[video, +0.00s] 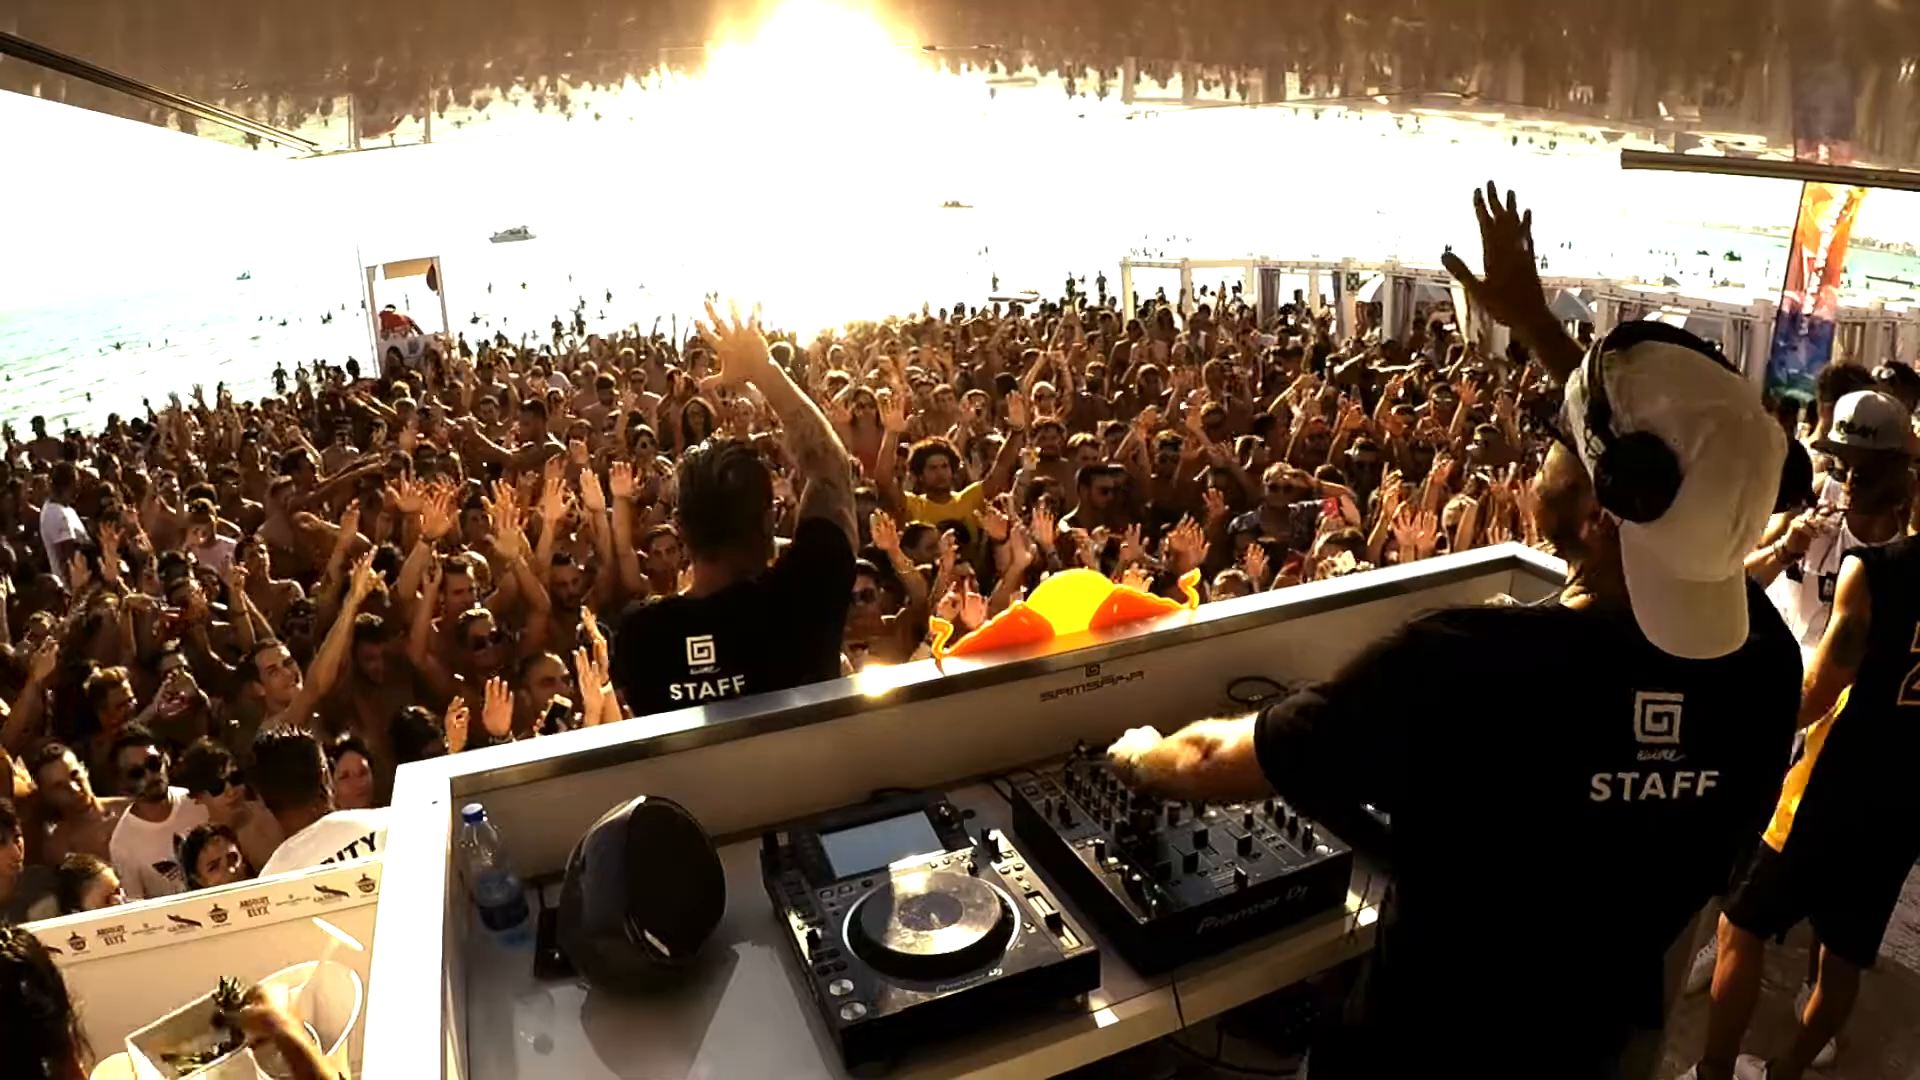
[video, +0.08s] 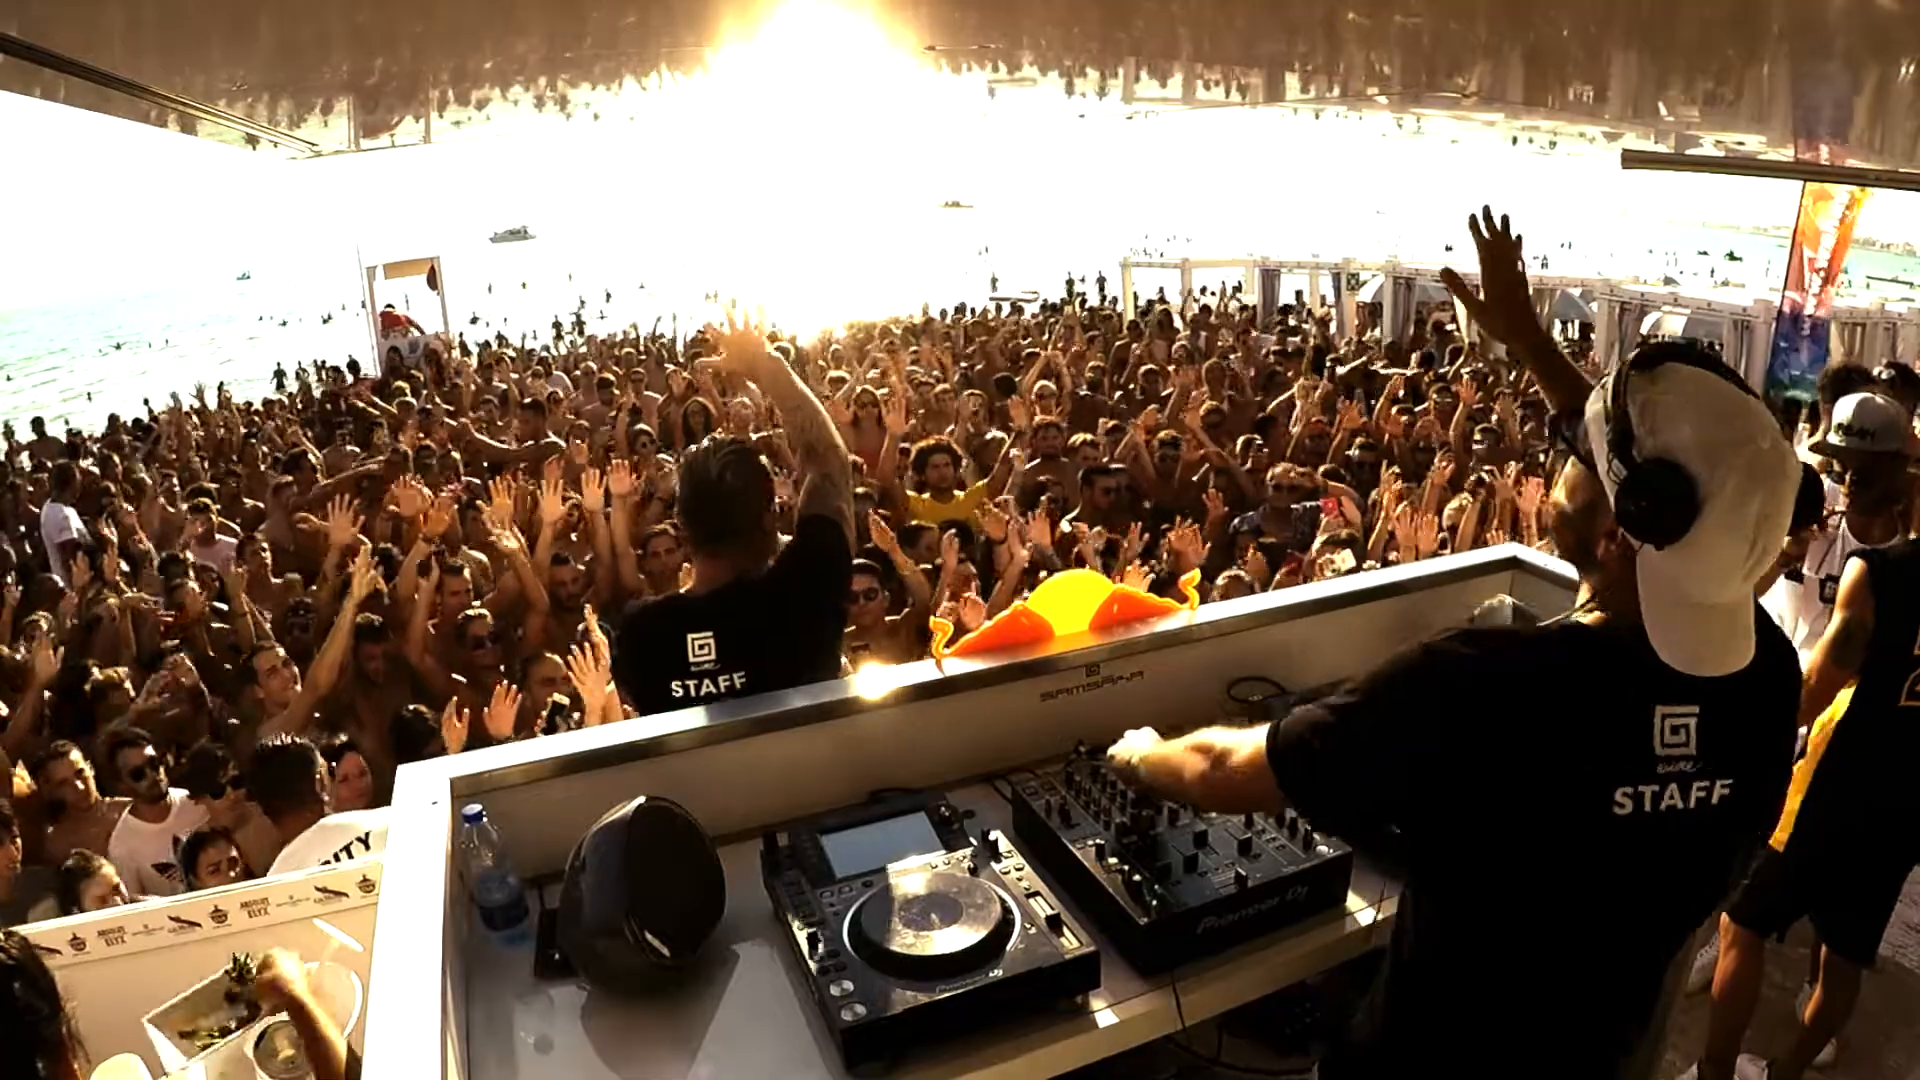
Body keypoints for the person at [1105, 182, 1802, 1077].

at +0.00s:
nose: (1543, 458)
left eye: (1563, 444)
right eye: (1555, 437)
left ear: (1600, 499)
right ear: (1709, 499)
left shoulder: (1463, 665)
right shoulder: (1764, 678)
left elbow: (1226, 761)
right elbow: (1681, 475)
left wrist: (1146, 755)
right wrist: (1541, 331)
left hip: (1419, 1044)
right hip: (1606, 1049)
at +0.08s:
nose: (1563, 462)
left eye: (1583, 458)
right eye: (1575, 450)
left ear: (1621, 523)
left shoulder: (1480, 685)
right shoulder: (1765, 684)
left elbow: (1227, 771)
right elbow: (1663, 487)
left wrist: (1139, 753)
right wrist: (1529, 342)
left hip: (1430, 1058)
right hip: (1611, 1053)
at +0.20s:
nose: (1567, 467)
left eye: (1588, 461)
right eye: (1582, 455)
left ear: (1629, 526)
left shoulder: (1490, 679)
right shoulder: (1762, 677)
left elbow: (1240, 769)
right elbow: (1609, 465)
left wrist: (1143, 753)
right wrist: (1504, 342)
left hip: (1436, 1064)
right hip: (1609, 1058)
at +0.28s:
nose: (1575, 434)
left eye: (1595, 431)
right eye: (1589, 419)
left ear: (1625, 508)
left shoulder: (1490, 660)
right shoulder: (1752, 654)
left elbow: (1241, 758)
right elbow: (1587, 461)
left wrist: (1147, 749)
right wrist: (1487, 329)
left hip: (1439, 1060)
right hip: (1613, 1051)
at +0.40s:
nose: (1542, 429)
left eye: (1566, 418)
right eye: (1560, 411)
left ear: (1605, 495)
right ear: (1689, 496)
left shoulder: (1480, 664)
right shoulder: (1737, 642)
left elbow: (1203, 767)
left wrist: (1120, 672)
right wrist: (1503, 344)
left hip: (1436, 1061)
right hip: (1615, 1050)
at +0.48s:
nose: (1505, 446)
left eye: (1526, 428)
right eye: (1519, 422)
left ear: (1566, 483)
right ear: (1656, 492)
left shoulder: (1465, 683)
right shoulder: (1714, 643)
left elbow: (1150, 787)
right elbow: (1671, 507)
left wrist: (1033, 647)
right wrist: (1547, 373)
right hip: (1590, 1063)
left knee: (1139, 1050)